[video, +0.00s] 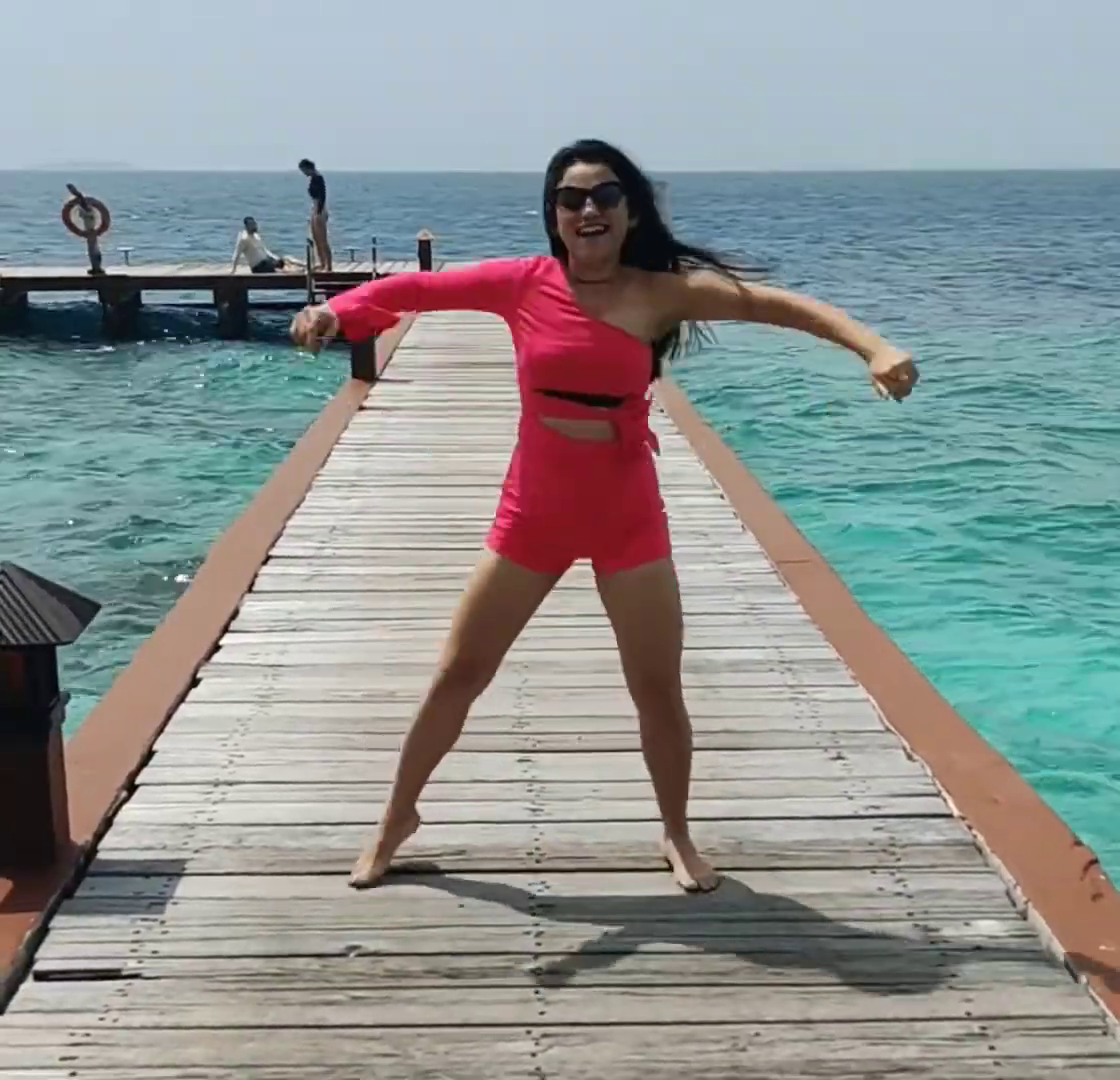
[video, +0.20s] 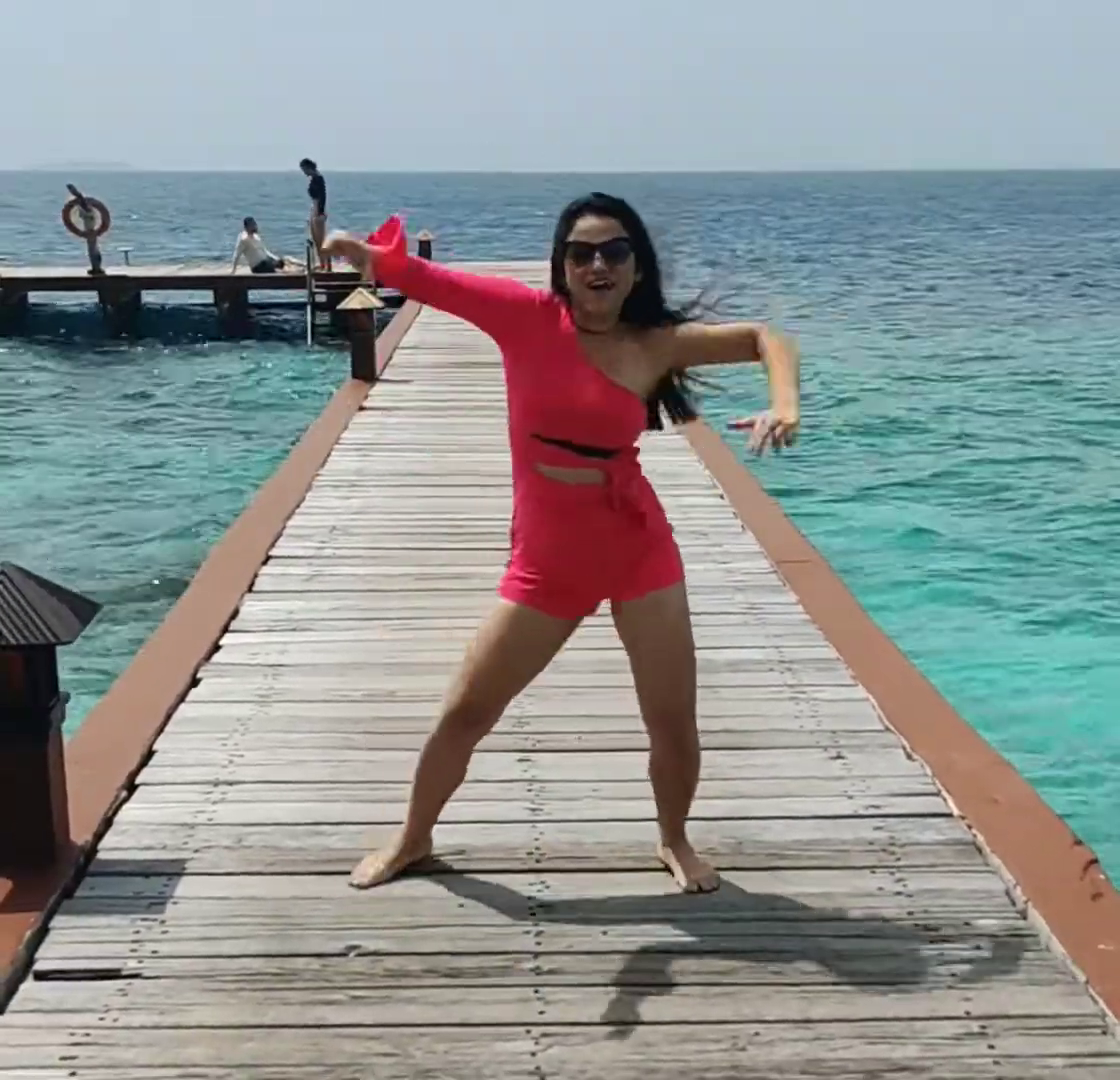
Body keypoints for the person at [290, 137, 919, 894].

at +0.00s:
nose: (590, 212)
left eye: (606, 197)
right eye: (573, 199)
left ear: (632, 210)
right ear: (554, 213)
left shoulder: (663, 293)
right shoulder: (523, 284)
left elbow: (786, 308)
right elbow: (416, 291)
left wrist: (874, 348)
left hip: (626, 509)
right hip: (534, 505)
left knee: (658, 686)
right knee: (458, 674)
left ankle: (677, 837)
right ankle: (394, 825)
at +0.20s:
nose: (598, 265)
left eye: (615, 251)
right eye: (581, 253)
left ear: (638, 264)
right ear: (560, 264)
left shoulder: (658, 345)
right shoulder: (526, 318)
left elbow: (769, 339)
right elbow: (424, 279)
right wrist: (361, 252)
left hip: (639, 550)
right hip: (547, 556)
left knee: (673, 721)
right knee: (466, 715)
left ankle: (675, 840)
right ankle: (412, 839)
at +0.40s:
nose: (615, 255)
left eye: (635, 243)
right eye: (603, 245)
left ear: (669, 262)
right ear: (592, 263)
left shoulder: (684, 375)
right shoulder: (557, 332)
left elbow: (665, 495)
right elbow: (440, 366)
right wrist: (354, 428)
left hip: (658, 563)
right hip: (564, 561)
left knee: (678, 731)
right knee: (461, 699)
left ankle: (677, 841)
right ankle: (414, 827)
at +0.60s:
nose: (577, 212)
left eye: (592, 203)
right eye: (578, 199)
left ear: (638, 219)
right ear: (582, 210)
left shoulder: (671, 295)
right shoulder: (574, 279)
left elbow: (622, 233)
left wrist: (597, 134)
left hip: (626, 520)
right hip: (539, 507)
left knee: (656, 699)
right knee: (441, 666)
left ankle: (685, 837)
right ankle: (376, 829)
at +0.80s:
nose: (563, 260)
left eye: (580, 246)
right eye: (566, 244)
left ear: (622, 259)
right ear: (596, 261)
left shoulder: (642, 322)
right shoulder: (598, 335)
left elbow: (548, 251)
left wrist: (451, 210)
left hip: (559, 572)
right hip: (486, 544)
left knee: (602, 737)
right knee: (421, 703)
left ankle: (674, 848)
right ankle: (421, 879)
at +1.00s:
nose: (529, 267)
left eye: (546, 257)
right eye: (533, 254)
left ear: (589, 276)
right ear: (559, 276)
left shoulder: (604, 326)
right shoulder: (558, 360)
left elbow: (608, 408)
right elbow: (476, 456)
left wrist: (542, 512)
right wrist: (439, 377)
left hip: (553, 573)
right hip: (486, 552)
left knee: (589, 755)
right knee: (398, 714)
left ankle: (673, 838)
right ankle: (425, 881)